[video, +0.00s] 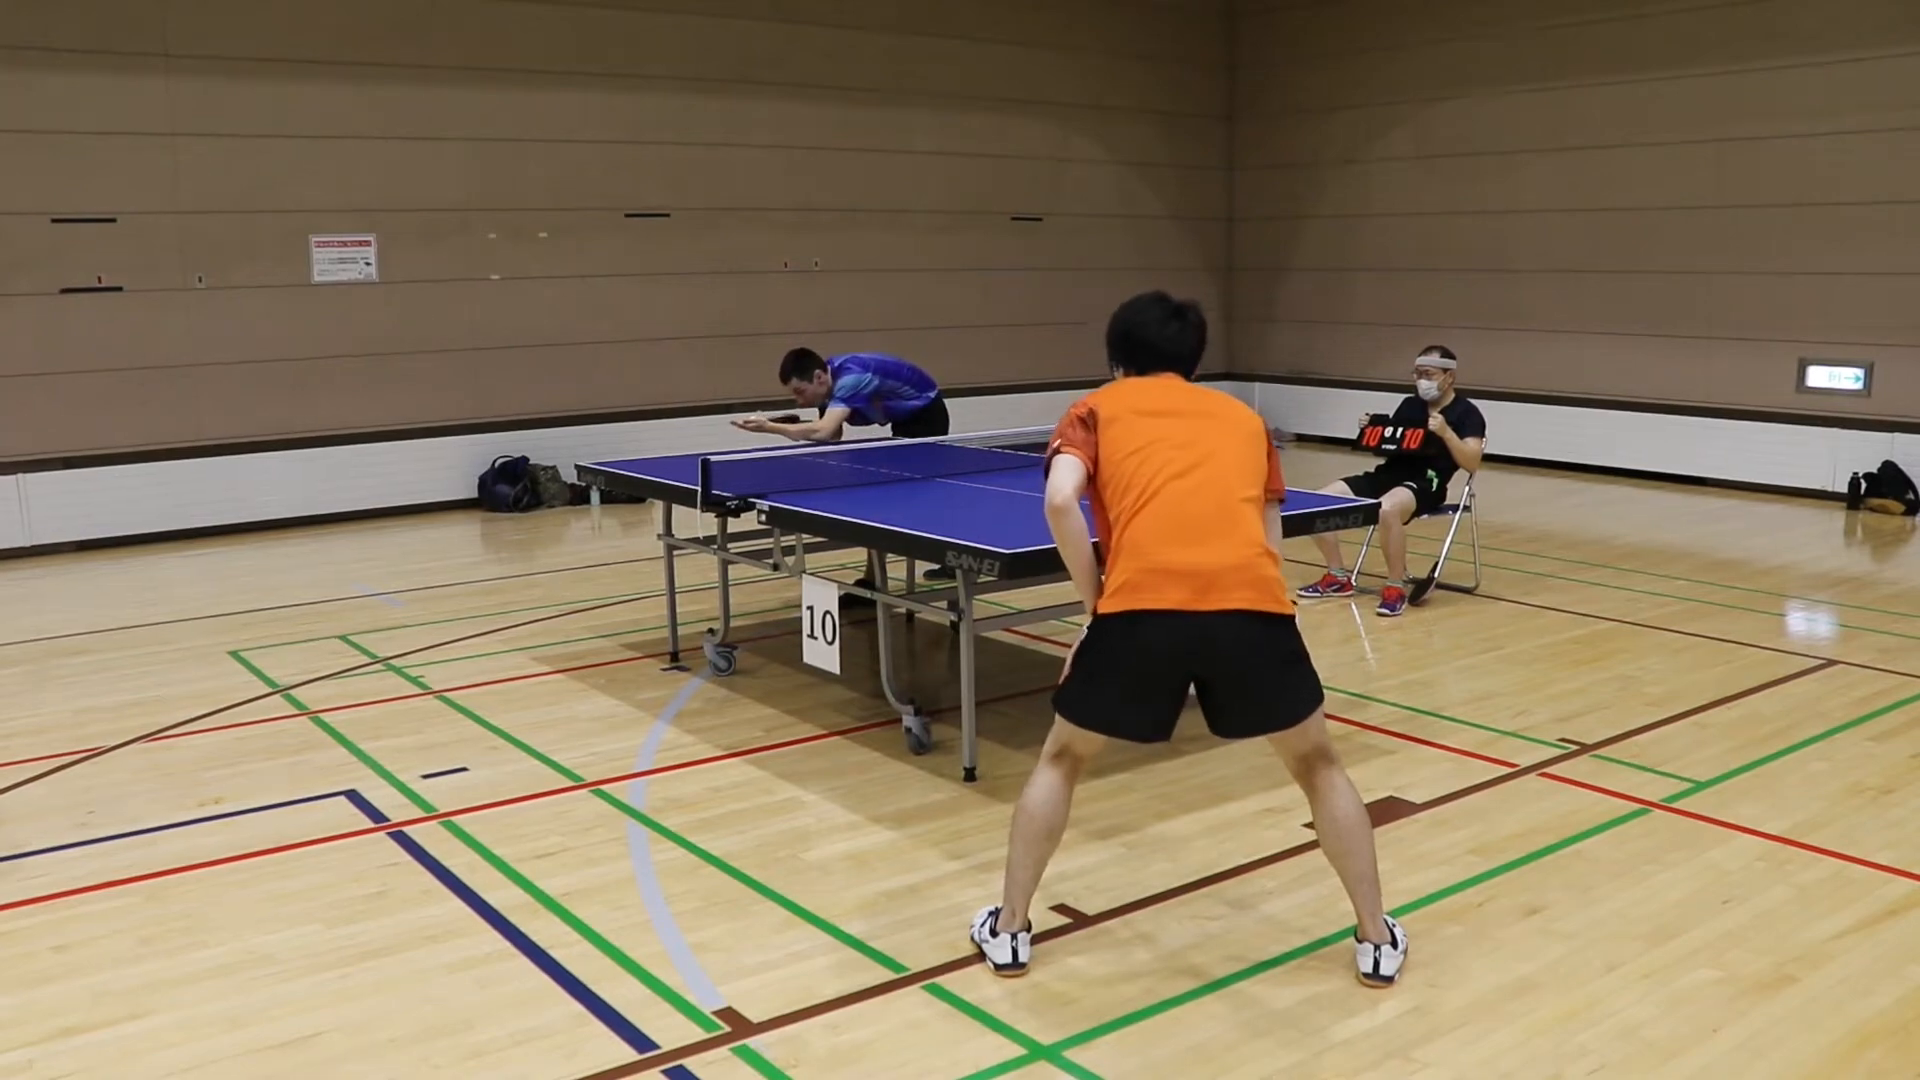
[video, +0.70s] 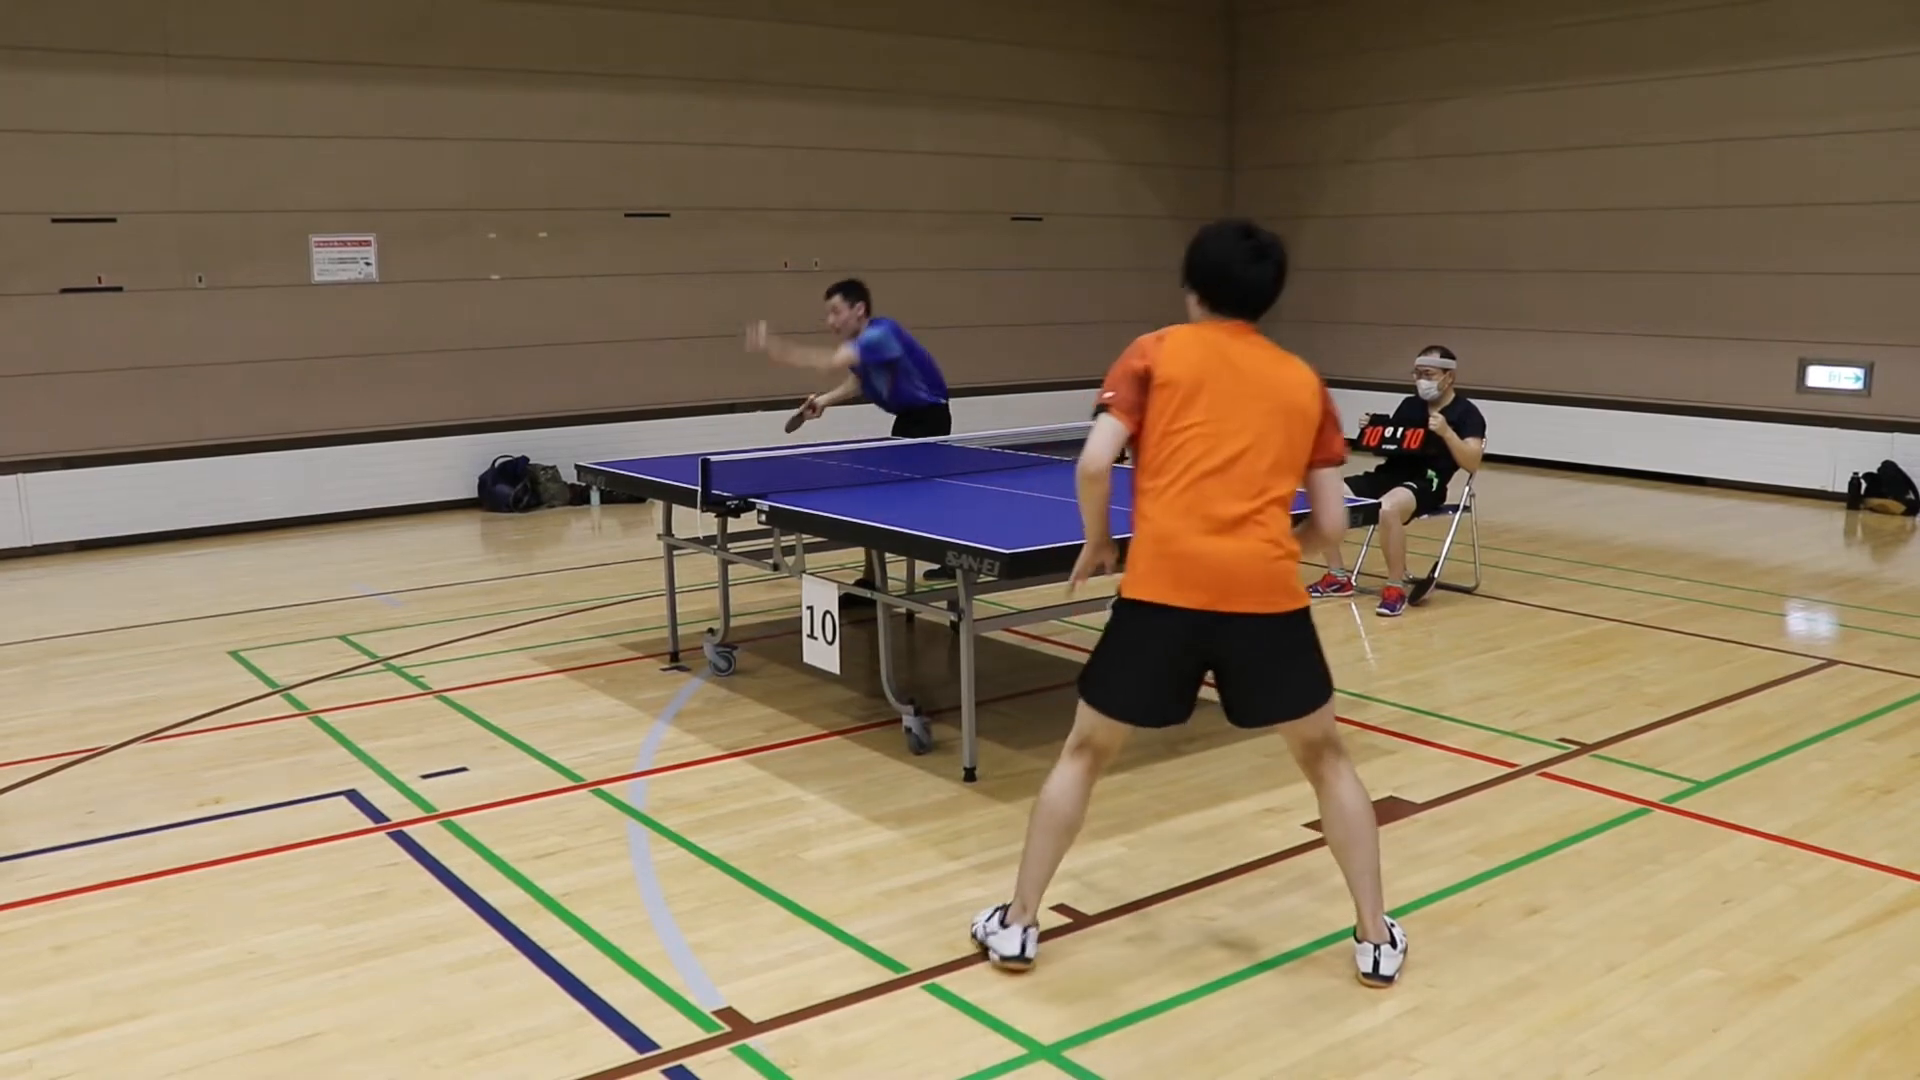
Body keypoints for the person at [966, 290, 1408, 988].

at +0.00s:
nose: (1102, 366)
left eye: (1108, 354)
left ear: (1117, 356)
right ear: (1193, 359)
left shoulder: (1095, 409)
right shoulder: (1244, 417)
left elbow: (1060, 501)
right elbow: (1269, 546)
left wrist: (1097, 605)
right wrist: (1251, 618)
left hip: (1139, 619)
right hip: (1253, 619)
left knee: (1061, 760)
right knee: (1318, 765)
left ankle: (1009, 928)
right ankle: (1378, 937)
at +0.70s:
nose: (1184, 291)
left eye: (1187, 280)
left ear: (1194, 289)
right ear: (1272, 296)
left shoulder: (1155, 353)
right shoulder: (1302, 383)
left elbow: (1092, 465)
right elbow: (1331, 526)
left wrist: (1098, 539)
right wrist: (1299, 541)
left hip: (1159, 598)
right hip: (1267, 604)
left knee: (1086, 751)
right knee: (1325, 755)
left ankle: (1018, 924)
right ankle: (1376, 936)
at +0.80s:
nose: (1206, 288)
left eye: (1209, 277)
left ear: (1217, 284)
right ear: (1291, 291)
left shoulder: (1179, 345)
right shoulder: (1322, 375)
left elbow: (1119, 456)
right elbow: (1351, 518)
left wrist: (1101, 524)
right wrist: (1300, 530)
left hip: (1180, 589)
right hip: (1284, 596)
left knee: (1101, 731)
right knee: (1336, 752)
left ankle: (1030, 897)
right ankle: (1377, 937)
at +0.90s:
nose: (1215, 279)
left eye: (1217, 268)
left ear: (1223, 274)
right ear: (1300, 283)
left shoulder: (1189, 339)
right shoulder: (1332, 368)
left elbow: (1141, 447)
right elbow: (1357, 507)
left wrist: (1104, 512)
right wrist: (1294, 519)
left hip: (1191, 580)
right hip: (1296, 591)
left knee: (1107, 708)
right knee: (1340, 750)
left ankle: (1053, 875)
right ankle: (1376, 936)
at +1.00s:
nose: (1206, 277)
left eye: (1209, 267)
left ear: (1215, 274)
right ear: (1291, 281)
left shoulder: (1185, 340)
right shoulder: (1324, 365)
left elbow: (1144, 449)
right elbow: (1350, 503)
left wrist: (1101, 513)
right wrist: (1281, 511)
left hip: (1195, 579)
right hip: (1298, 590)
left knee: (1110, 710)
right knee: (1338, 749)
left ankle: (1060, 872)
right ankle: (1376, 936)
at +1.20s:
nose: (1146, 292)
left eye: (1148, 282)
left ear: (1155, 289)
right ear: (1228, 292)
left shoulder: (1133, 360)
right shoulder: (1263, 371)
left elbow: (1093, 472)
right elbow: (1306, 501)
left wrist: (1052, 525)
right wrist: (1249, 511)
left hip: (1162, 591)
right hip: (1263, 595)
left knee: (1085, 712)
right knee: (1314, 724)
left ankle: (1052, 875)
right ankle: (1361, 884)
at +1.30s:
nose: (1122, 304)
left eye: (1125, 295)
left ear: (1131, 299)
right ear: (1201, 302)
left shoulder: (1108, 369)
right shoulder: (1243, 375)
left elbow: (1063, 478)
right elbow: (1291, 499)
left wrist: (1023, 521)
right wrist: (1229, 498)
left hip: (1151, 587)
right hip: (1249, 583)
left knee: (1074, 712)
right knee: (1295, 694)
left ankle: (1052, 873)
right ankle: (1341, 844)